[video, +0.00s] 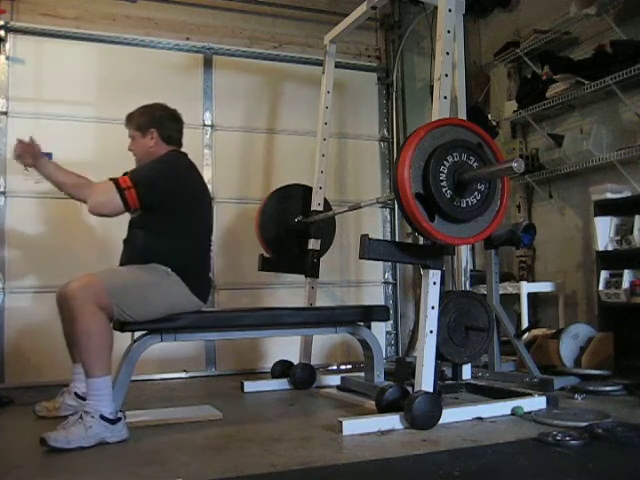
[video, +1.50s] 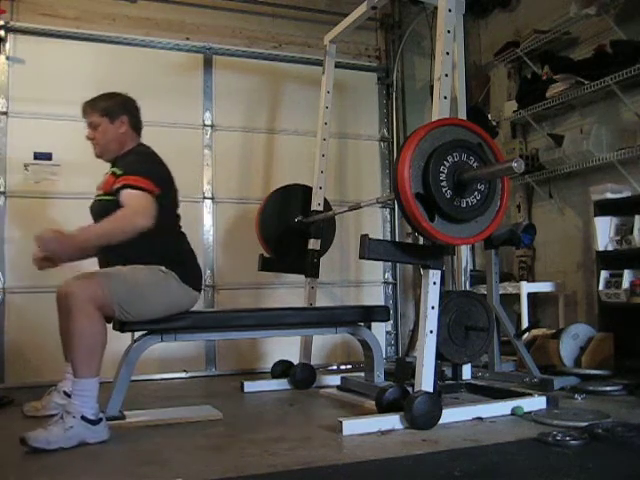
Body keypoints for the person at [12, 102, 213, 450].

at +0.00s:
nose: (129, 146)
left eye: (133, 138)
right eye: (130, 138)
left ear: (153, 138)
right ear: (155, 139)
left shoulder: (170, 169)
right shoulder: (159, 169)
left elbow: (100, 204)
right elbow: (90, 191)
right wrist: (40, 162)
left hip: (178, 280)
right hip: (157, 276)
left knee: (84, 296)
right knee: (69, 294)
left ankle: (104, 416)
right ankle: (82, 394)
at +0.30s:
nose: (138, 142)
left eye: (145, 135)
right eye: (138, 135)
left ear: (171, 137)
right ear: (168, 138)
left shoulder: (178, 169)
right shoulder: (164, 169)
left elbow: (106, 203)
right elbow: (105, 188)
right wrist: (67, 157)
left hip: (179, 281)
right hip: (157, 276)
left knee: (87, 292)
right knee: (66, 297)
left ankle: (105, 416)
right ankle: (82, 393)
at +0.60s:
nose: (138, 139)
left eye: (145, 131)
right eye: (138, 132)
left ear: (172, 134)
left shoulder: (181, 162)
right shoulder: (163, 174)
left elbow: (113, 180)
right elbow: (131, 221)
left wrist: (97, 180)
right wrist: (101, 197)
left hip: (179, 281)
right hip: (154, 279)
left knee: (87, 286)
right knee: (66, 296)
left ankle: (99, 409)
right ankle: (81, 392)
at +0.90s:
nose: (130, 133)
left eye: (138, 127)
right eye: (131, 126)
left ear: (165, 132)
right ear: (159, 133)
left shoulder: (180, 160)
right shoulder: (154, 172)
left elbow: (152, 175)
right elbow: (132, 203)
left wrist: (91, 175)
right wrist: (100, 221)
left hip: (178, 281)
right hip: (154, 278)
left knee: (82, 292)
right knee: (72, 291)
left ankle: (85, 415)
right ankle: (75, 390)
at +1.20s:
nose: (112, 128)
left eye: (119, 121)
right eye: (112, 122)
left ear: (146, 121)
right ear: (143, 124)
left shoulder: (164, 159)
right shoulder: (141, 162)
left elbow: (189, 210)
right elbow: (144, 221)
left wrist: (178, 251)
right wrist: (113, 264)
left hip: (167, 280)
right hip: (140, 275)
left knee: (81, 294)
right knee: (70, 293)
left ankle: (86, 415)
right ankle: (71, 391)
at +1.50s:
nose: (89, 135)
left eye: (94, 126)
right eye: (88, 128)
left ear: (122, 125)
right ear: (117, 128)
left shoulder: (139, 161)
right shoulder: (118, 169)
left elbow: (140, 216)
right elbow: (112, 236)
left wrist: (73, 244)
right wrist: (67, 251)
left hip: (169, 278)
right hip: (143, 276)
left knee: (83, 295)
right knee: (69, 294)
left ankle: (87, 416)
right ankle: (71, 392)